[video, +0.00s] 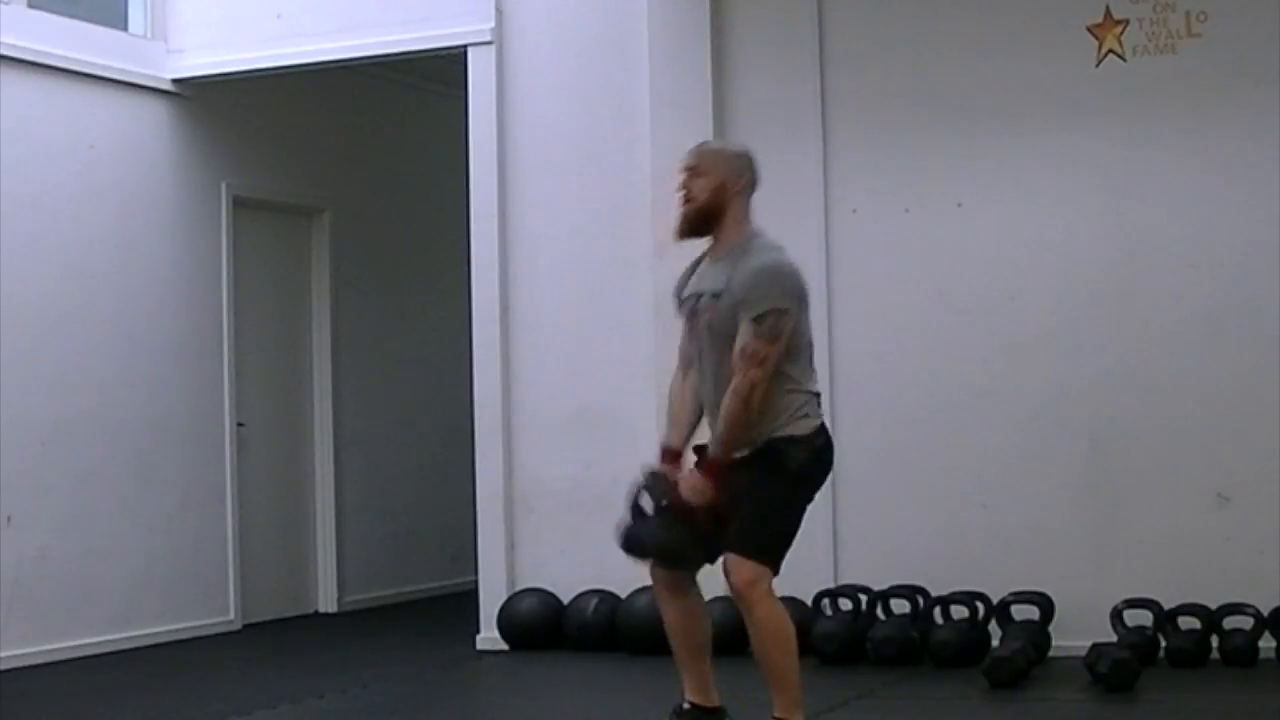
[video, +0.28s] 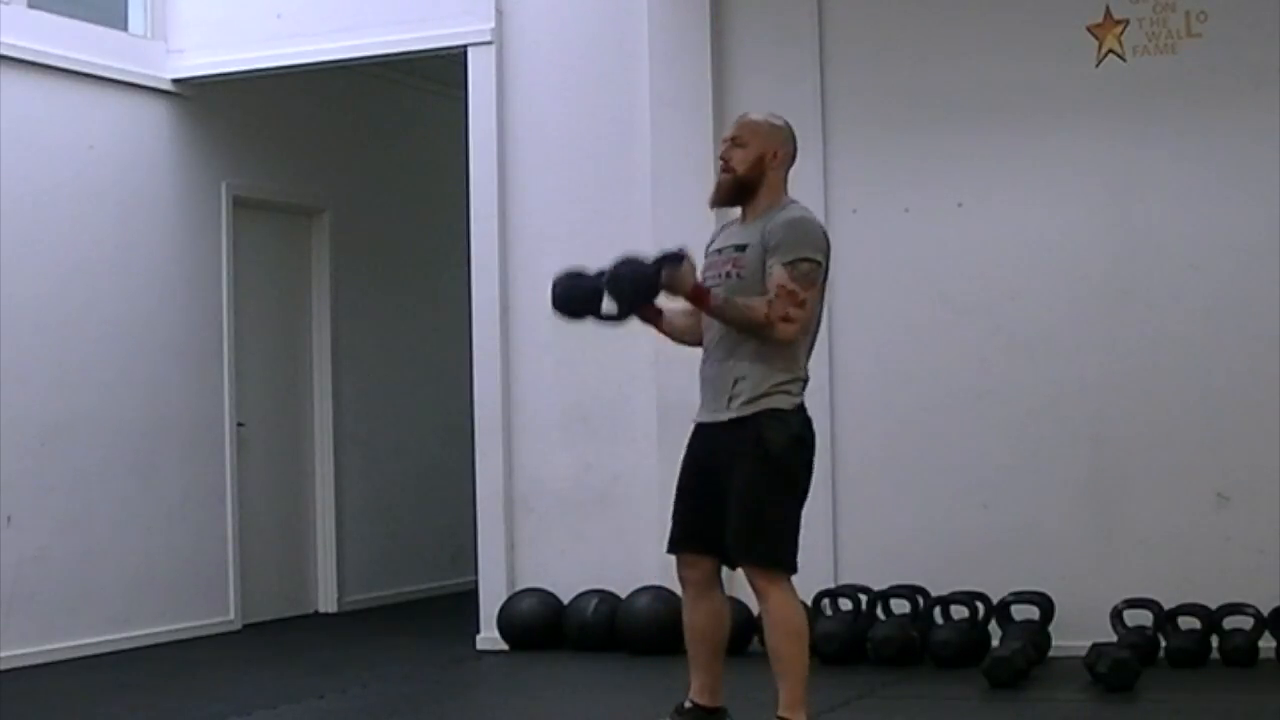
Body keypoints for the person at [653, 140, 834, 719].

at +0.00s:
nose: (682, 186)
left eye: (694, 176)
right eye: (684, 177)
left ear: (733, 186)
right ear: (718, 189)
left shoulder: (768, 269)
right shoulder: (697, 276)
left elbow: (751, 381)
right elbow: (688, 371)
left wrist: (712, 464)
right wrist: (672, 452)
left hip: (788, 446)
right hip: (729, 449)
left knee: (747, 572)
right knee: (669, 568)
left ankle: (789, 712)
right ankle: (701, 704)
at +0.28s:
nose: (723, 154)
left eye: (738, 144)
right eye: (724, 145)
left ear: (776, 159)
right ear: (735, 160)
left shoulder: (796, 227)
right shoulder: (725, 237)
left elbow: (787, 322)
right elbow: (703, 330)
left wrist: (697, 292)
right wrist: (644, 308)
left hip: (771, 425)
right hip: (715, 425)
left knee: (766, 569)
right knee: (695, 564)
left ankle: (793, 711)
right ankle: (704, 704)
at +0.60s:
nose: (691, 171)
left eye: (704, 160)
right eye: (693, 161)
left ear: (746, 172)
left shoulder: (766, 249)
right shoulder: (690, 250)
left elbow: (698, 318)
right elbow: (645, 341)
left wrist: (686, 241)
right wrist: (647, 262)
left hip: (756, 441)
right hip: (697, 446)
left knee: (726, 583)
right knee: (651, 575)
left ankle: (788, 711)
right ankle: (702, 704)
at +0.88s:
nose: (719, 180)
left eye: (734, 171)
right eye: (721, 171)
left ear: (772, 187)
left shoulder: (779, 263)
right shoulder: (698, 258)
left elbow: (709, 322)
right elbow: (642, 329)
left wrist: (720, 238)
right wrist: (659, 255)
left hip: (738, 446)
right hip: (682, 445)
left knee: (709, 592)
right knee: (638, 581)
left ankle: (783, 714)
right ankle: (699, 706)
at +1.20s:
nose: (680, 163)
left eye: (695, 152)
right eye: (679, 155)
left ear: (729, 162)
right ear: (679, 172)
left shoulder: (750, 222)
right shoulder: (674, 223)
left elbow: (745, 152)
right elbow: (645, 154)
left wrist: (730, 83)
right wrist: (668, 85)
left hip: (754, 432)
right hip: (701, 434)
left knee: (731, 584)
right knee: (656, 571)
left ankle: (789, 713)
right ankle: (702, 706)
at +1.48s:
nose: (643, 156)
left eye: (655, 145)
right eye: (644, 144)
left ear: (697, 153)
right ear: (674, 156)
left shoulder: (732, 204)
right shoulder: (669, 213)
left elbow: (748, 114)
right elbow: (685, 119)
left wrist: (750, 31)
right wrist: (700, 42)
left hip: (760, 411)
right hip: (707, 413)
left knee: (760, 572)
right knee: (697, 570)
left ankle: (792, 711)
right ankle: (704, 705)